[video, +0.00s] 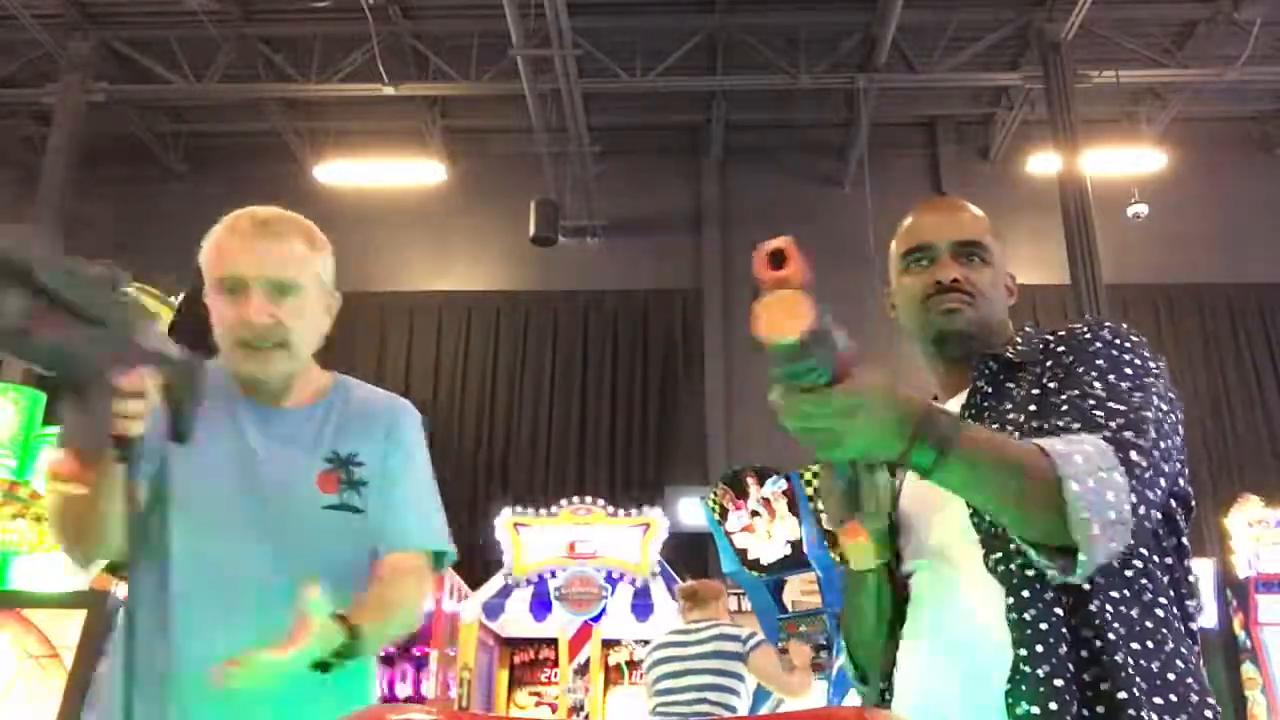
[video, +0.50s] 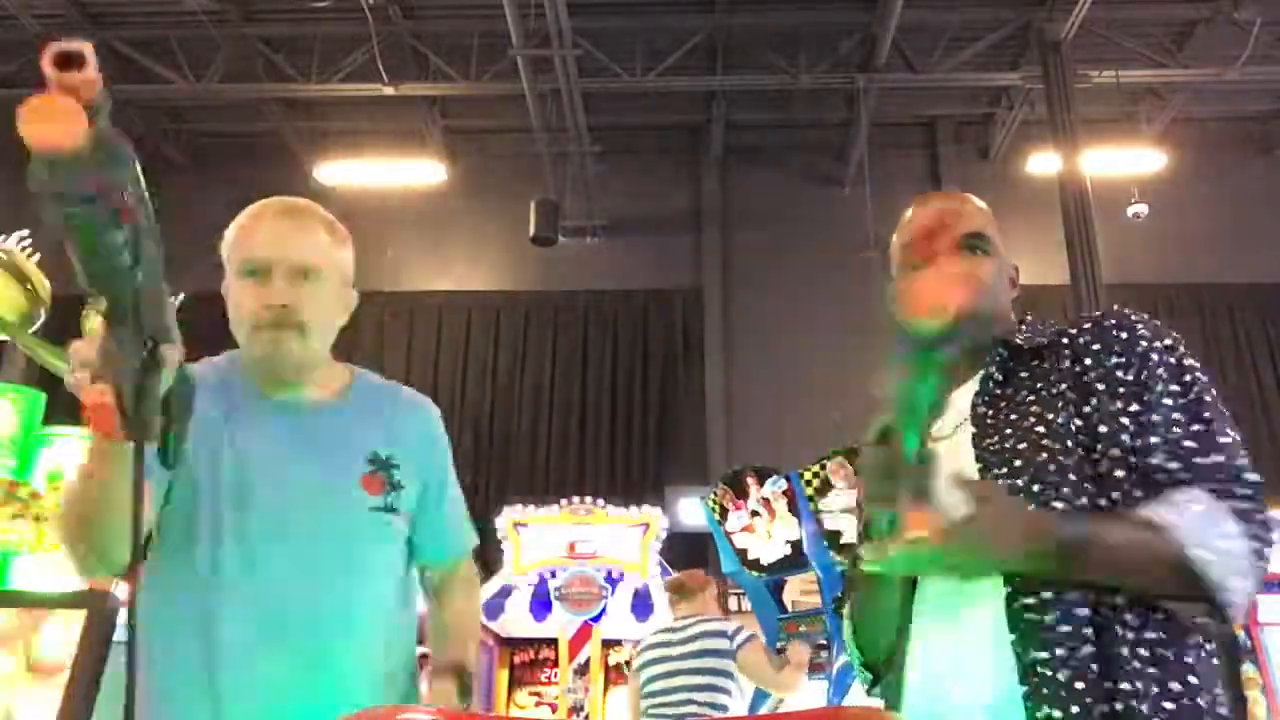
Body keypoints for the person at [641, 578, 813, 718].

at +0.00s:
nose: (730, 612)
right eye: (728, 606)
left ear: (682, 612)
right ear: (722, 606)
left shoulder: (655, 647)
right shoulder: (741, 636)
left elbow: (653, 702)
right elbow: (796, 688)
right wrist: (802, 660)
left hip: (663, 714)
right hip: (717, 711)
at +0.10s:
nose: (727, 610)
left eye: (726, 604)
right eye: (725, 603)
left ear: (680, 610)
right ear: (718, 602)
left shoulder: (652, 647)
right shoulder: (738, 635)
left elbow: (652, 702)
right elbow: (788, 688)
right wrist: (800, 661)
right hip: (718, 713)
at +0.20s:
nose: (726, 610)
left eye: (725, 603)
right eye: (724, 603)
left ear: (679, 610)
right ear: (717, 602)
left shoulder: (650, 648)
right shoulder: (736, 635)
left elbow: (650, 703)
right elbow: (784, 689)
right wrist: (798, 663)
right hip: (713, 711)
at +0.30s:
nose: (726, 611)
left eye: (725, 605)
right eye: (724, 604)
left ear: (679, 611)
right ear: (717, 602)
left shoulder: (649, 648)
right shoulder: (735, 636)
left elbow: (648, 702)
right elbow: (785, 690)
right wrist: (795, 662)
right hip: (714, 712)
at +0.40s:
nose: (726, 611)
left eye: (725, 605)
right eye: (724, 604)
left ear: (678, 610)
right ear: (718, 603)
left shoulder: (648, 648)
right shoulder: (735, 636)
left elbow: (648, 703)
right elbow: (784, 693)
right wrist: (794, 665)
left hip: (661, 716)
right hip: (714, 713)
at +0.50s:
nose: (720, 606)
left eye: (718, 598)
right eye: (717, 597)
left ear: (673, 605)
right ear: (711, 593)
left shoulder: (644, 646)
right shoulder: (729, 631)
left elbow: (635, 712)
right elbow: (785, 684)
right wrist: (798, 660)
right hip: (707, 711)